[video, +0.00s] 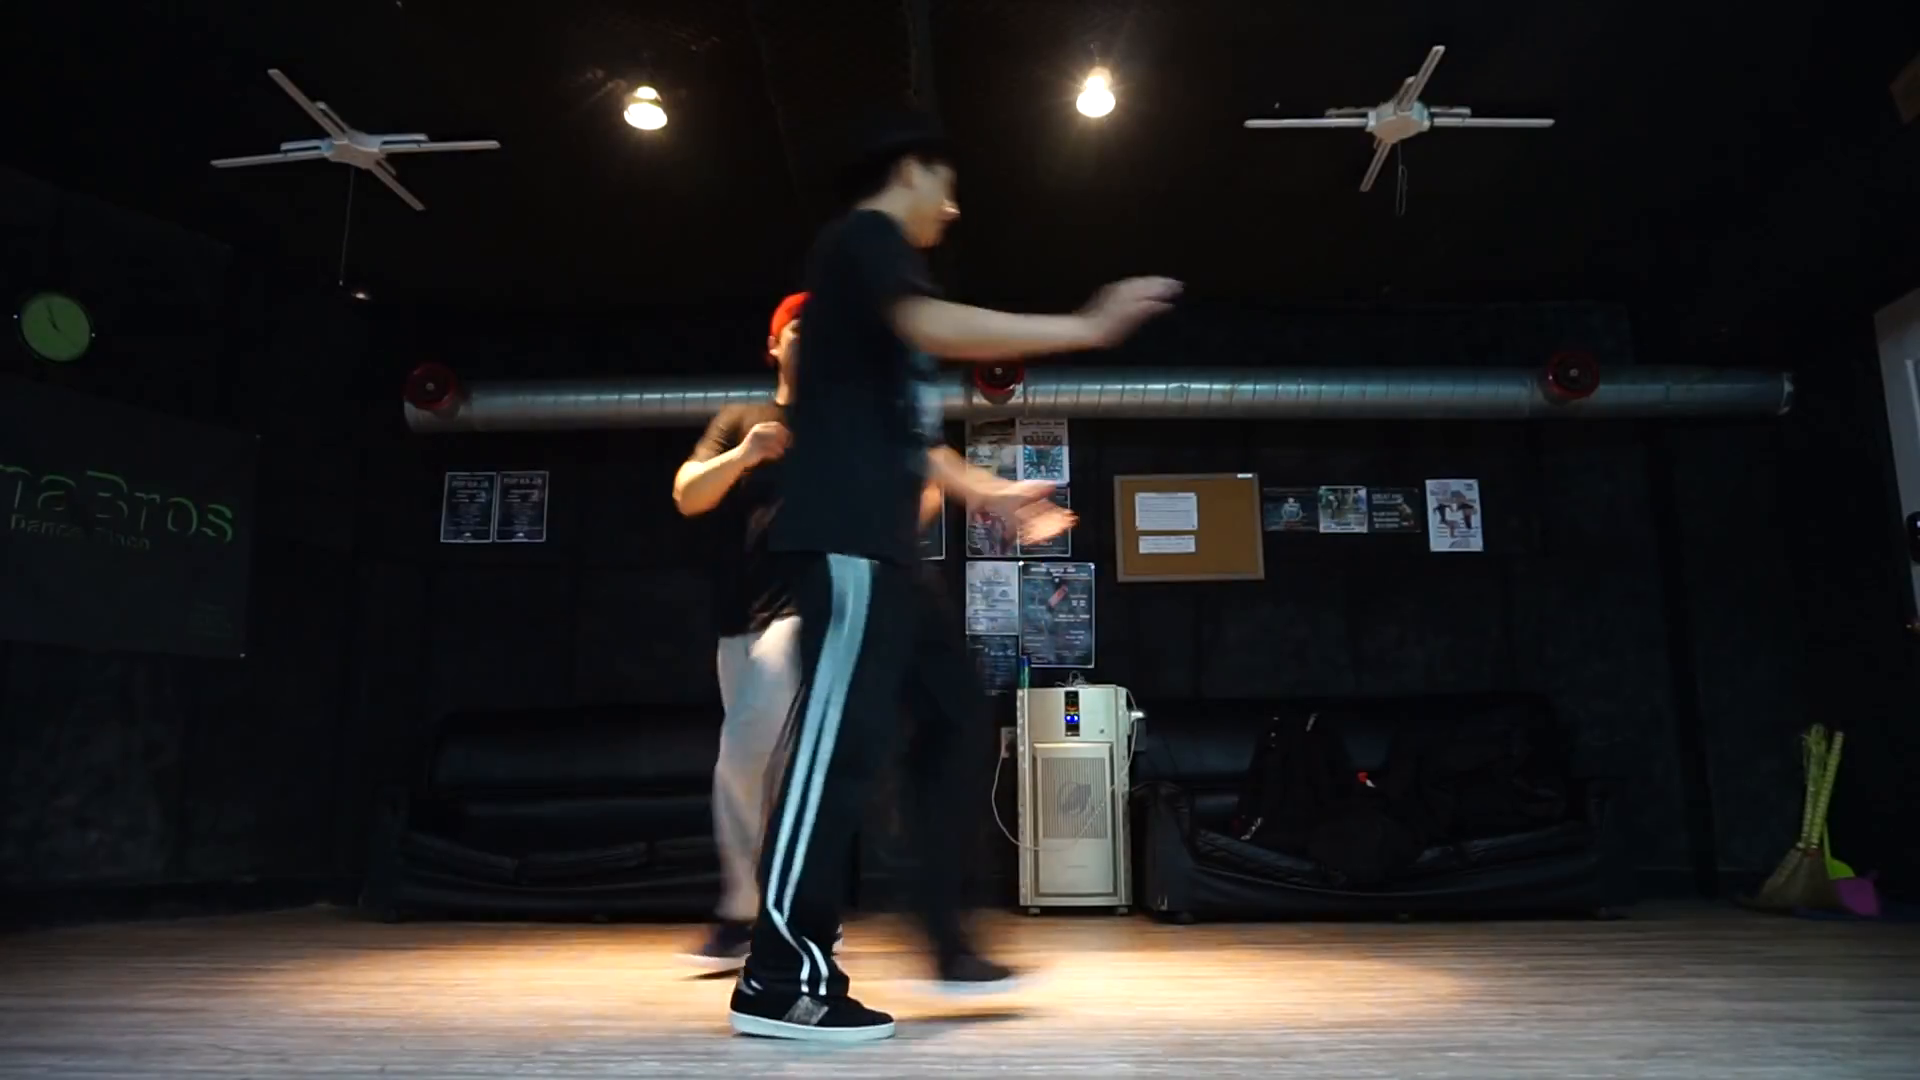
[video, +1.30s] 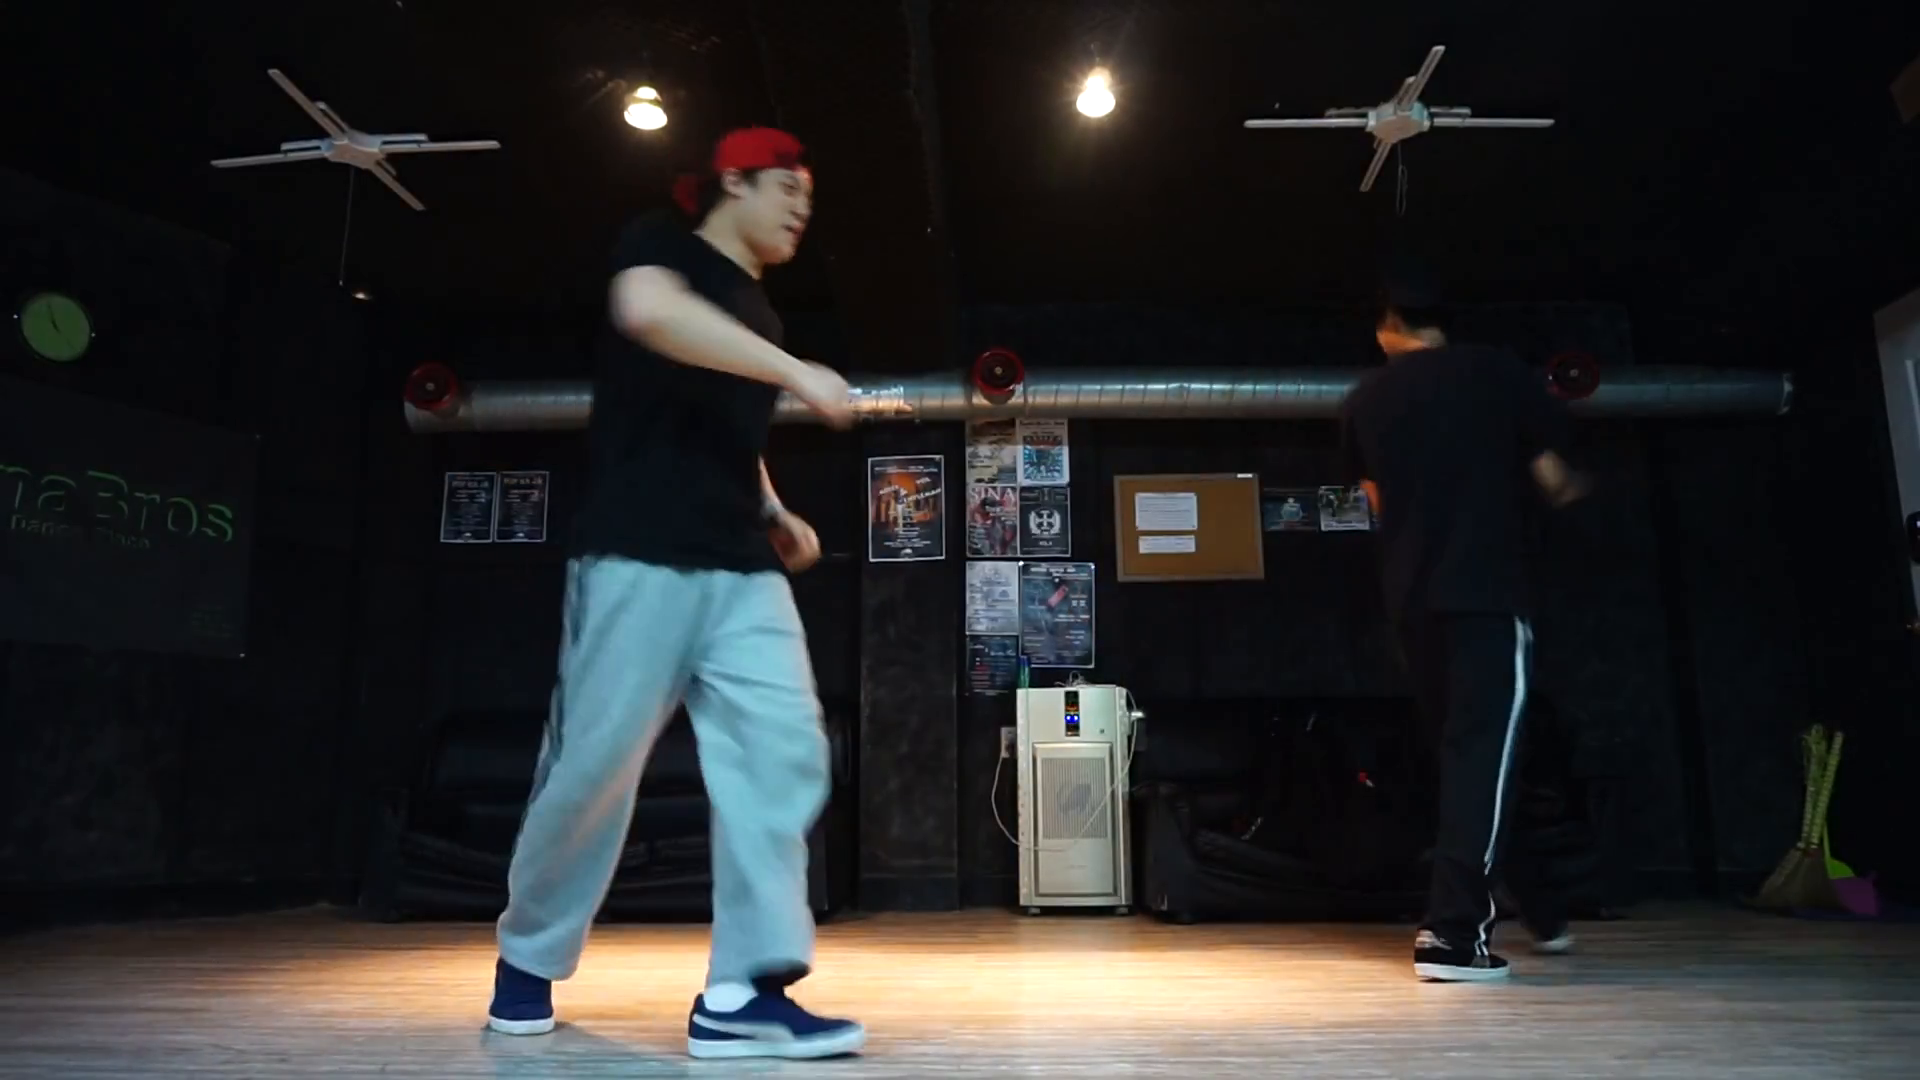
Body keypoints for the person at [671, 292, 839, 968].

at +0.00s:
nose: (798, 344)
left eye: (807, 333)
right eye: (790, 334)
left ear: (824, 346)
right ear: (774, 346)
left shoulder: (842, 420)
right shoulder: (743, 419)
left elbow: (919, 497)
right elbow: (688, 496)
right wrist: (743, 455)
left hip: (807, 601)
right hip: (742, 609)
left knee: (768, 676)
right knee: (769, 767)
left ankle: (739, 908)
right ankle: (792, 918)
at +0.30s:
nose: (790, 360)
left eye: (798, 349)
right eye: (775, 346)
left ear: (802, 360)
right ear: (736, 350)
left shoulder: (805, 445)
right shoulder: (673, 420)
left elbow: (839, 545)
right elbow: (630, 504)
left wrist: (787, 522)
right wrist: (672, 557)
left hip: (751, 633)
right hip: (666, 633)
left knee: (689, 788)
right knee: (647, 799)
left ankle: (667, 948)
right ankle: (777, 887)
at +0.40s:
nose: (781, 348)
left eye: (788, 340)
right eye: (767, 333)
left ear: (788, 353)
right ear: (725, 334)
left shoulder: (783, 437)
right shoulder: (649, 409)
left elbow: (807, 544)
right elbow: (602, 503)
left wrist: (760, 476)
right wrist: (629, 559)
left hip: (733, 631)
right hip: (641, 629)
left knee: (684, 789)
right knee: (600, 782)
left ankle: (666, 949)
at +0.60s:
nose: (746, 282)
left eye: (753, 275)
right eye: (731, 268)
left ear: (752, 292)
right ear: (686, 271)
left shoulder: (760, 376)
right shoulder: (617, 357)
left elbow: (800, 469)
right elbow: (554, 439)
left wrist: (733, 390)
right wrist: (564, 503)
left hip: (718, 597)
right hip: (620, 583)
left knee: (689, 772)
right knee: (595, 735)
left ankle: (667, 944)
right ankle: (536, 941)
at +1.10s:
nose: (736, 235)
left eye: (741, 222)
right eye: (722, 217)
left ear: (727, 233)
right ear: (671, 213)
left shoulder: (732, 339)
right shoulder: (579, 299)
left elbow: (768, 447)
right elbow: (505, 395)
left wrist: (762, 496)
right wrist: (641, 375)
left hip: (710, 586)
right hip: (593, 578)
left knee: (731, 758)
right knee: (557, 774)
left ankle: (618, 925)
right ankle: (526, 974)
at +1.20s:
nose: (764, 206)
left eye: (768, 192)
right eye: (749, 188)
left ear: (759, 206)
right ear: (697, 188)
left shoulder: (744, 314)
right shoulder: (619, 261)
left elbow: (749, 430)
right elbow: (566, 334)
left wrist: (764, 492)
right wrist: (718, 348)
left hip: (726, 568)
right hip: (615, 562)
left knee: (754, 750)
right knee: (576, 771)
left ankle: (685, 972)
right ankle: (525, 980)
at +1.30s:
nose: (801, 209)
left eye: (806, 197)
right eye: (787, 190)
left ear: (790, 211)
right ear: (733, 186)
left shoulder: (755, 309)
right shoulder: (659, 243)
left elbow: (729, 433)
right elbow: (643, 311)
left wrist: (774, 514)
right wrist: (794, 374)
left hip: (741, 569)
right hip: (641, 559)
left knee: (780, 760)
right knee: (593, 771)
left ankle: (740, 995)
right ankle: (526, 970)